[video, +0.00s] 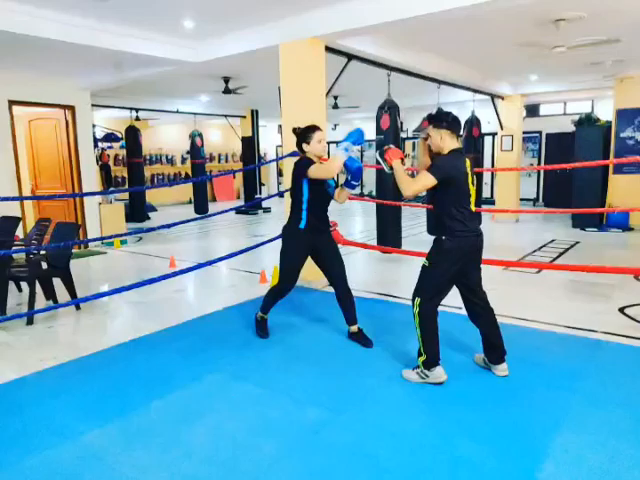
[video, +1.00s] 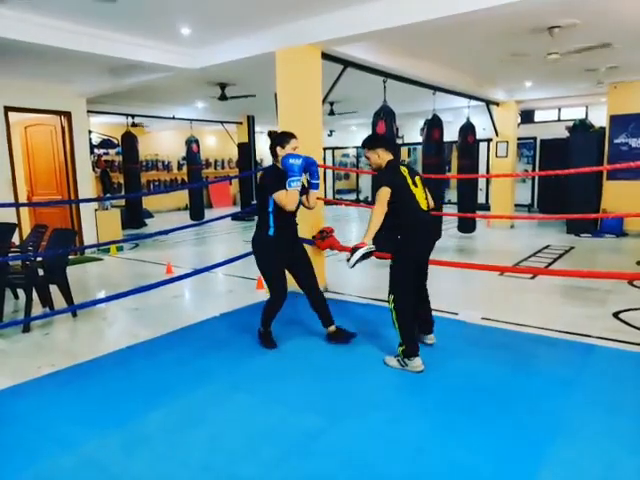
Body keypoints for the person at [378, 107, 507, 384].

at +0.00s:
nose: (428, 141)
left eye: (430, 135)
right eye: (428, 136)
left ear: (444, 135)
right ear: (452, 136)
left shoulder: (447, 164)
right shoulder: (463, 160)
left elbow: (409, 189)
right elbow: (430, 181)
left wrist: (395, 164)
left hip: (451, 244)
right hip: (471, 242)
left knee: (423, 301)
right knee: (476, 300)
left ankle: (430, 367)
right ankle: (497, 360)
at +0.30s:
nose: (430, 143)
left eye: (433, 137)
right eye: (430, 138)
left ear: (447, 136)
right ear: (452, 137)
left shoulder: (450, 166)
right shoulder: (464, 161)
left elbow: (433, 205)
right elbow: (433, 174)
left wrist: (409, 188)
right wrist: (410, 162)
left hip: (452, 244)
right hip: (472, 241)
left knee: (426, 304)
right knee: (477, 301)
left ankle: (429, 369)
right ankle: (496, 361)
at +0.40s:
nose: (430, 147)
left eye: (431, 142)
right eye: (429, 142)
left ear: (445, 140)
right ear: (451, 140)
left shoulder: (446, 169)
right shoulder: (466, 164)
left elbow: (445, 210)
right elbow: (460, 201)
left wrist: (415, 213)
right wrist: (429, 182)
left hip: (452, 245)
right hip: (474, 243)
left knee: (419, 298)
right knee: (481, 301)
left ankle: (428, 364)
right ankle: (496, 363)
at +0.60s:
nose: (413, 154)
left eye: (415, 149)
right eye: (412, 149)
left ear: (427, 148)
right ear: (435, 148)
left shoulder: (431, 172)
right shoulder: (451, 170)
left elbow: (412, 205)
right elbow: (441, 202)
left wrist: (374, 218)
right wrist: (412, 204)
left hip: (443, 247)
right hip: (467, 245)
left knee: (412, 297)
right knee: (477, 303)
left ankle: (413, 357)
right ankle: (495, 365)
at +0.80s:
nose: (382, 170)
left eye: (383, 165)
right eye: (381, 166)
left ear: (395, 163)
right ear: (404, 162)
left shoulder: (404, 182)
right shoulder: (426, 179)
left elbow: (381, 205)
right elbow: (436, 213)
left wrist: (355, 230)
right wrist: (410, 227)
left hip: (425, 248)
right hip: (447, 246)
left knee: (401, 300)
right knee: (442, 295)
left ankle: (410, 356)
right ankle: (476, 340)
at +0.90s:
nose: (374, 167)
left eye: (374, 162)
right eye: (372, 163)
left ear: (384, 157)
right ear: (393, 156)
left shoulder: (395, 177)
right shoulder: (417, 174)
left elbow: (378, 206)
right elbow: (438, 207)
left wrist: (356, 237)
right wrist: (406, 222)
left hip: (417, 243)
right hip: (437, 239)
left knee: (397, 300)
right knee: (425, 283)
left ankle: (409, 356)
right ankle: (453, 333)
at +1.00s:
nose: (368, 161)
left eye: (369, 156)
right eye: (367, 157)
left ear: (381, 152)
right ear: (386, 153)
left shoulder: (386, 175)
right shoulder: (408, 170)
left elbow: (381, 207)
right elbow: (429, 203)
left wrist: (367, 240)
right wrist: (411, 222)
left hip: (408, 239)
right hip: (426, 235)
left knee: (399, 296)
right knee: (417, 282)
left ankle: (409, 355)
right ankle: (425, 331)